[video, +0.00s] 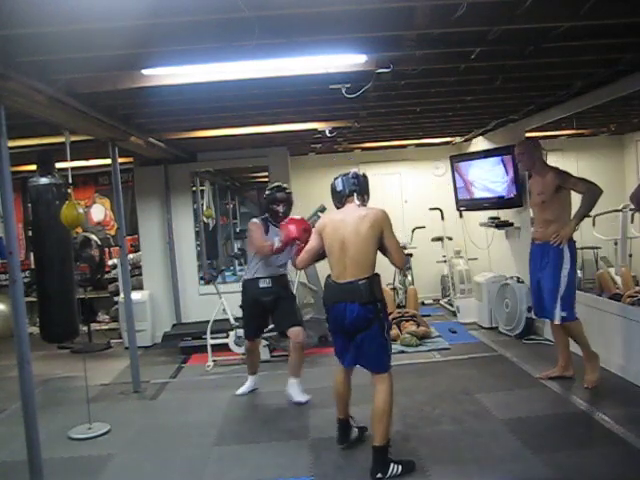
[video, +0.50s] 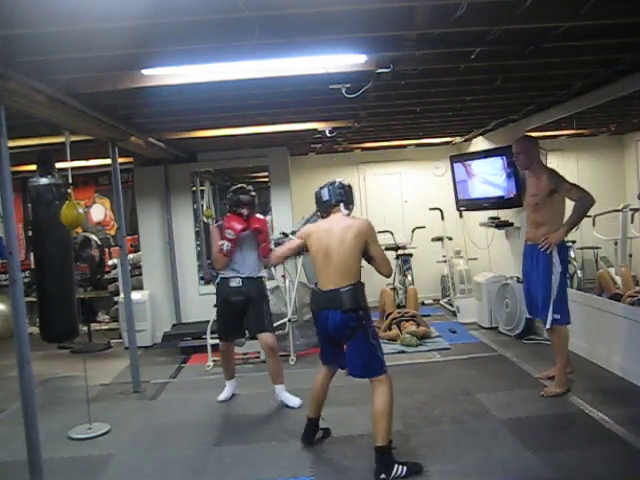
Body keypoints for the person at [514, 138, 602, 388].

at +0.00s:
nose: (518, 160)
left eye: (522, 155)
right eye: (516, 157)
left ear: (537, 153)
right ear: (519, 159)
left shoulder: (556, 176)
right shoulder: (531, 180)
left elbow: (593, 191)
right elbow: (541, 207)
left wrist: (572, 225)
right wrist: (537, 226)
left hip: (559, 248)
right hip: (538, 249)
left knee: (562, 313)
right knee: (551, 311)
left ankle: (590, 357)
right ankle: (564, 365)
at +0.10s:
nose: (514, 161)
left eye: (518, 156)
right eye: (513, 157)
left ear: (533, 154)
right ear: (519, 158)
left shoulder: (552, 175)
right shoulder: (528, 179)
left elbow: (590, 192)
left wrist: (569, 227)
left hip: (557, 248)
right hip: (536, 249)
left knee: (555, 306)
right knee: (547, 308)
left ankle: (581, 364)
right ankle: (563, 364)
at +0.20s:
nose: (514, 161)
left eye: (517, 156)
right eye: (512, 157)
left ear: (531, 154)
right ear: (515, 159)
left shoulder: (550, 175)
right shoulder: (524, 179)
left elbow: (588, 192)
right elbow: (522, 203)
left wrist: (566, 227)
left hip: (555, 248)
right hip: (535, 248)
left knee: (555, 311)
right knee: (547, 310)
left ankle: (568, 378)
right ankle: (561, 365)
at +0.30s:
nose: (513, 162)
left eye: (517, 157)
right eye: (512, 158)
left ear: (532, 155)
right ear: (515, 159)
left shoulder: (549, 177)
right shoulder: (525, 180)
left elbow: (587, 195)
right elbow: (529, 206)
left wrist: (564, 229)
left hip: (553, 251)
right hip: (533, 251)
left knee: (555, 314)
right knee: (544, 311)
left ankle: (561, 378)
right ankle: (563, 365)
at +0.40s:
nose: (514, 161)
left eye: (518, 156)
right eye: (512, 157)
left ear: (533, 154)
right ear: (515, 159)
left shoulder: (550, 177)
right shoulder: (526, 180)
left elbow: (586, 199)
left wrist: (563, 231)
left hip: (551, 251)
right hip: (532, 251)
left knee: (555, 315)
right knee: (544, 313)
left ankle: (561, 378)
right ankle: (563, 364)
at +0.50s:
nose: (515, 159)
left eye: (519, 154)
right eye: (514, 155)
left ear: (534, 153)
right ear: (520, 156)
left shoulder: (549, 177)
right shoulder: (528, 178)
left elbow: (586, 200)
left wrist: (562, 231)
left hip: (550, 252)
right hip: (531, 251)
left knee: (555, 315)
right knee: (542, 312)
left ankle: (561, 379)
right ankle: (562, 364)